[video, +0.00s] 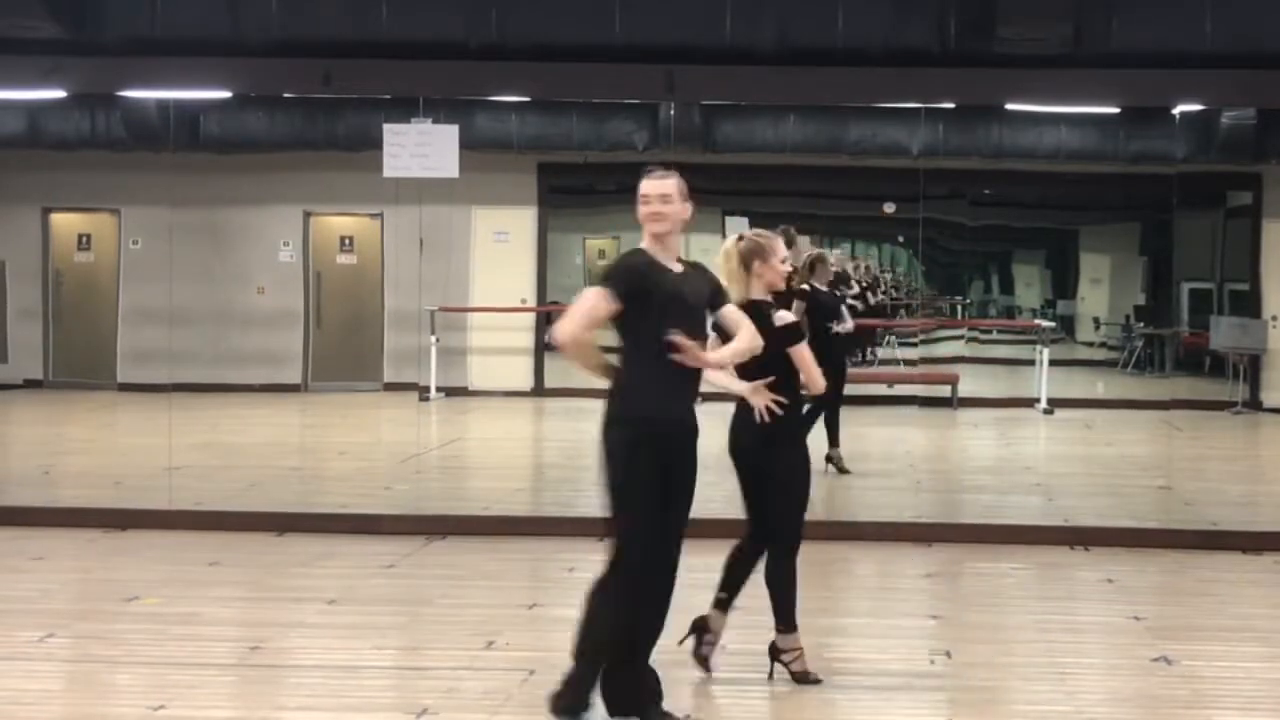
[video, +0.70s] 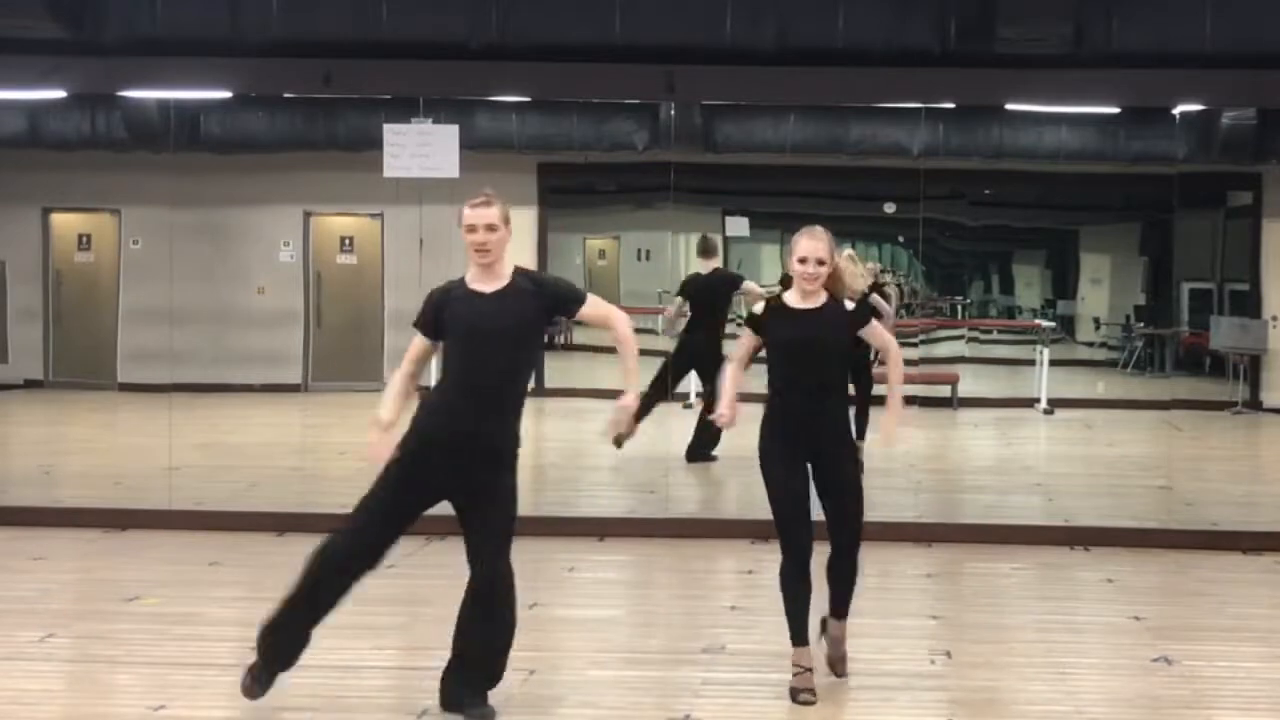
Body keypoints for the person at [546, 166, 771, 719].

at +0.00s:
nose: (655, 208)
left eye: (666, 199)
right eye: (647, 199)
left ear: (688, 209)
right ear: (637, 209)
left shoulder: (702, 278)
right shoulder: (630, 269)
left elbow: (750, 338)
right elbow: (569, 334)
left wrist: (715, 355)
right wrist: (609, 371)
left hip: (678, 427)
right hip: (633, 425)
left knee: (661, 561)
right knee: (637, 555)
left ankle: (631, 691)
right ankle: (581, 682)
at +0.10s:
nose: (616, 213)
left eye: (629, 205)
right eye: (613, 204)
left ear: (658, 213)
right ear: (609, 210)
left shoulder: (679, 272)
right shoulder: (584, 271)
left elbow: (699, 325)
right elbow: (550, 337)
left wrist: (625, 350)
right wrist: (594, 364)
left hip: (643, 435)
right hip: (582, 434)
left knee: (650, 558)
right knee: (549, 549)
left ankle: (650, 684)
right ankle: (566, 691)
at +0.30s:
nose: (541, 206)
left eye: (550, 198)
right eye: (545, 196)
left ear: (580, 210)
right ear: (589, 213)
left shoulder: (531, 262)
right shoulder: (621, 278)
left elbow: (460, 303)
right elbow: (668, 341)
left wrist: (516, 337)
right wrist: (618, 383)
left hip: (539, 431)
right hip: (598, 436)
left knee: (517, 554)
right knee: (588, 562)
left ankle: (522, 686)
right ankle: (572, 693)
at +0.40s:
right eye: (567, 203)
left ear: (523, 211)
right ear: (570, 212)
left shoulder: (500, 266)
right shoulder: (586, 270)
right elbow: (607, 327)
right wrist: (585, 391)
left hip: (510, 415)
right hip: (562, 421)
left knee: (493, 540)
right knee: (562, 557)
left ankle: (451, 677)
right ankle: (513, 697)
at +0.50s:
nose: (555, 214)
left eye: (554, 205)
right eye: (544, 207)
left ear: (537, 214)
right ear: (515, 218)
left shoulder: (536, 269)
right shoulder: (518, 271)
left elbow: (564, 341)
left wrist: (581, 337)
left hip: (505, 418)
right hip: (505, 421)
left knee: (492, 551)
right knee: (504, 553)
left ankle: (455, 685)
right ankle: (445, 692)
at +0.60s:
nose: (504, 229)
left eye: (512, 219)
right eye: (493, 221)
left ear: (527, 223)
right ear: (479, 228)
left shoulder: (555, 286)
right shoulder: (466, 289)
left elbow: (618, 322)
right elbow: (426, 363)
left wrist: (592, 369)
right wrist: (463, 390)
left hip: (514, 445)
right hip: (456, 443)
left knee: (505, 573)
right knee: (417, 561)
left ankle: (460, 690)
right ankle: (337, 677)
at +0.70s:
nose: (481, 239)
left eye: (491, 229)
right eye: (472, 230)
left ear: (509, 233)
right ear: (462, 234)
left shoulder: (540, 292)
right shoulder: (445, 299)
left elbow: (619, 320)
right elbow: (409, 368)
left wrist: (632, 393)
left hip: (492, 457)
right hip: (430, 447)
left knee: (492, 575)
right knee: (355, 545)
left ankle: (466, 692)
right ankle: (274, 651)